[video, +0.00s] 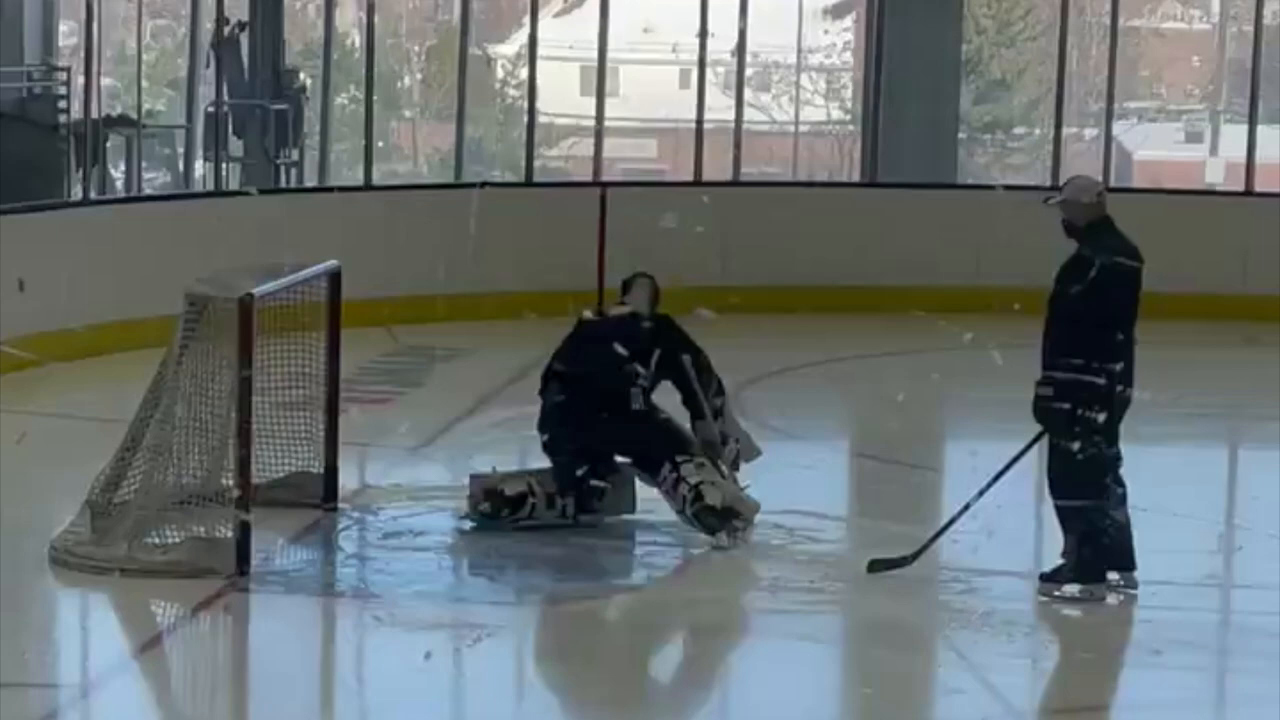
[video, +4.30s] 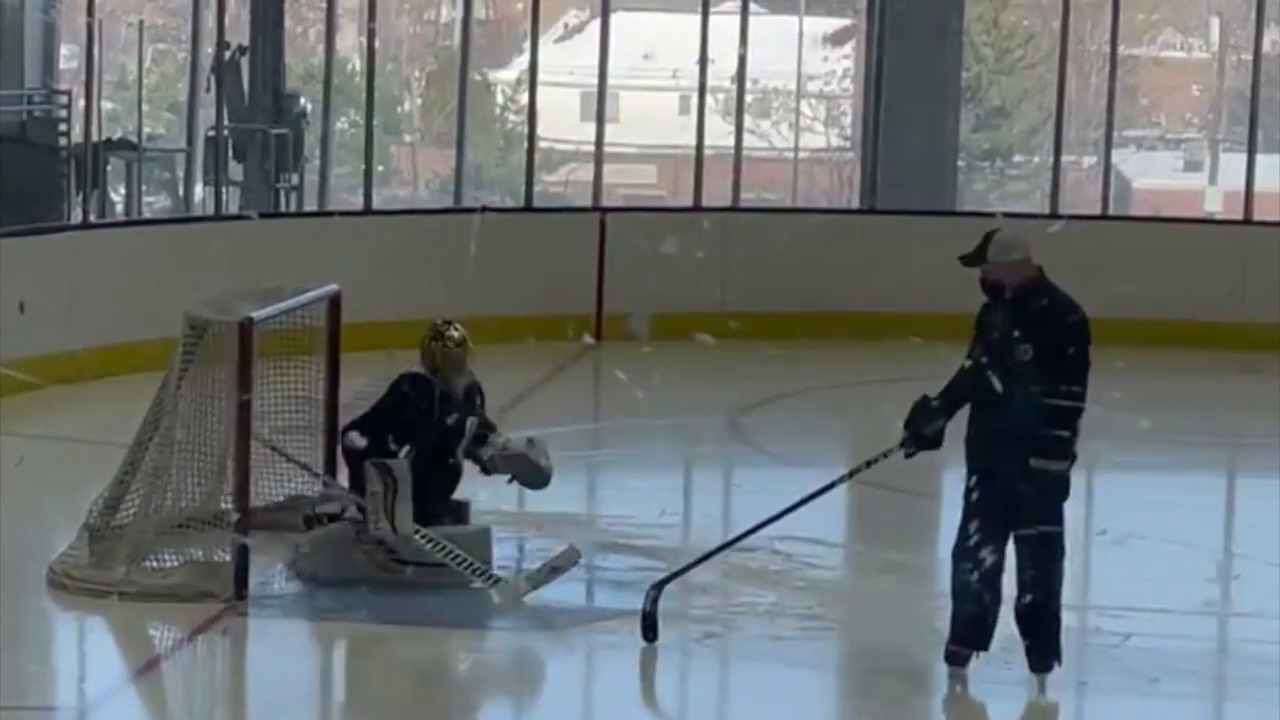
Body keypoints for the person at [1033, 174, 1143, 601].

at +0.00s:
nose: (1062, 218)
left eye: (1067, 210)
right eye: (1062, 209)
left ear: (1084, 210)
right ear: (1092, 209)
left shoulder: (1107, 259)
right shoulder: (1097, 254)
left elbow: (1099, 335)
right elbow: (1062, 331)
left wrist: (1067, 391)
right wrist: (1050, 385)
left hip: (1088, 390)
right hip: (1092, 387)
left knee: (1073, 478)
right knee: (1097, 475)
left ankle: (1086, 565)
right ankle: (1115, 560)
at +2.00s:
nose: (1094, 230)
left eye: (1098, 223)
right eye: (1094, 222)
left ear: (1114, 224)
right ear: (1131, 221)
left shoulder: (1125, 271)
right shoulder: (1149, 263)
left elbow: (1108, 336)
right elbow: (1121, 332)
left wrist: (1074, 363)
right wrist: (1079, 357)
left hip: (1112, 399)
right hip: (1134, 395)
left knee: (1097, 486)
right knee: (1122, 483)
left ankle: (1112, 578)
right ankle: (1134, 572)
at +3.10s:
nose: (1055, 263)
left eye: (1059, 254)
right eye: (1053, 254)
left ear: (1079, 252)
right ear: (1080, 251)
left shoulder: (1114, 292)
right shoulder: (1088, 287)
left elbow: (1112, 366)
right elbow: (1074, 350)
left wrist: (1069, 396)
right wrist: (1054, 383)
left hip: (1110, 419)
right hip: (1089, 415)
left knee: (1079, 500)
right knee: (1109, 498)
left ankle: (1085, 591)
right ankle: (1133, 577)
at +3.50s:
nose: (1030, 262)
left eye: (1036, 256)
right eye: (1029, 255)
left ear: (1060, 254)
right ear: (1044, 254)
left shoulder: (1102, 298)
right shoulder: (1040, 287)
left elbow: (1105, 376)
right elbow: (1017, 345)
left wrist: (1090, 437)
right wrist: (983, 386)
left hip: (1077, 425)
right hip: (1038, 422)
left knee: (1056, 519)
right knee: (1054, 511)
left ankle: (1046, 615)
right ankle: (1075, 586)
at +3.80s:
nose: (1010, 264)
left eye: (1016, 256)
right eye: (1009, 256)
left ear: (1041, 256)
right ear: (1027, 255)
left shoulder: (1088, 305)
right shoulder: (1020, 293)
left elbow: (1093, 383)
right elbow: (987, 355)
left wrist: (1083, 441)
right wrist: (947, 395)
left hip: (1058, 440)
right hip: (1011, 435)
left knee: (1052, 535)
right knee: (1005, 527)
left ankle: (1045, 629)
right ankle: (1006, 601)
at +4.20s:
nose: (993, 275)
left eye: (999, 268)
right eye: (992, 268)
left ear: (1023, 266)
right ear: (1005, 267)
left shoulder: (1070, 315)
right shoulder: (1000, 306)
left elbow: (1071, 397)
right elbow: (975, 367)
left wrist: (1057, 463)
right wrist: (935, 410)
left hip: (1043, 462)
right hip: (994, 457)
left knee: (1043, 562)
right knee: (980, 554)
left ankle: (1044, 657)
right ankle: (967, 649)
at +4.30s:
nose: (985, 277)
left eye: (992, 270)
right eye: (985, 270)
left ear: (1018, 266)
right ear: (1000, 269)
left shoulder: (1065, 318)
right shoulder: (995, 311)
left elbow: (1067, 401)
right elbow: (974, 373)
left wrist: (1052, 466)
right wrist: (933, 416)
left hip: (1040, 467)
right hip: (989, 463)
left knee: (1039, 570)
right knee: (974, 560)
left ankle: (1042, 671)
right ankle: (958, 662)